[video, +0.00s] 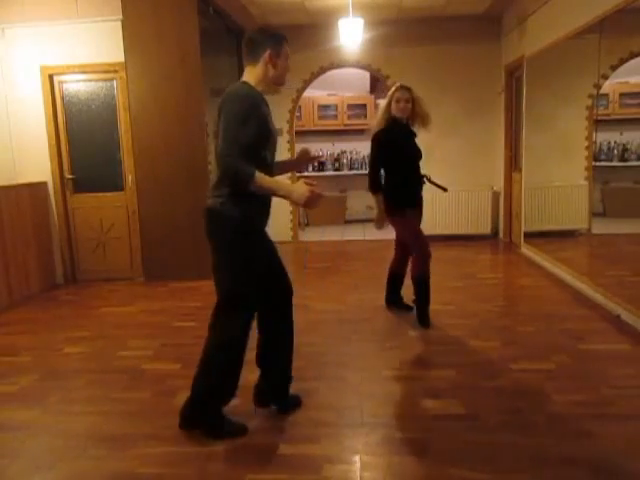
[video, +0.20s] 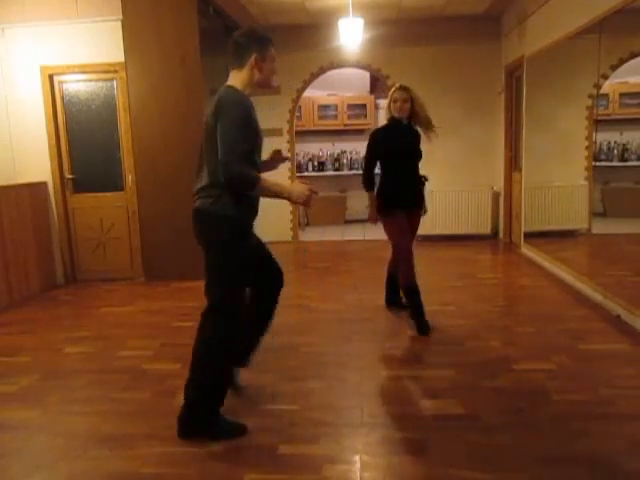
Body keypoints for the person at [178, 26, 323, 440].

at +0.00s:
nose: (286, 74)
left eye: (287, 66)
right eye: (285, 65)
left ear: (262, 59)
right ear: (270, 60)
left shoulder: (250, 101)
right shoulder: (242, 99)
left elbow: (250, 166)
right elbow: (233, 166)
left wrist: (289, 165)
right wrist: (284, 188)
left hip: (244, 221)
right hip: (232, 222)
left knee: (277, 297)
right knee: (236, 307)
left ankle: (273, 389)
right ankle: (201, 410)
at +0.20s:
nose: (272, 72)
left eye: (271, 64)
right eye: (270, 64)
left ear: (244, 60)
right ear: (257, 62)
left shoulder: (229, 100)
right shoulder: (233, 104)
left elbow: (231, 171)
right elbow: (235, 175)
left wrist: (268, 165)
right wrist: (286, 190)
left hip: (222, 216)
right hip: (221, 220)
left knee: (269, 279)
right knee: (225, 309)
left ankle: (229, 359)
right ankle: (198, 417)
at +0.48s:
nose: (258, 74)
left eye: (257, 67)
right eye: (255, 66)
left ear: (231, 66)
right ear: (240, 66)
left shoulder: (220, 105)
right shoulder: (221, 109)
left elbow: (226, 166)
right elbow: (224, 177)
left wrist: (257, 151)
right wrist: (274, 185)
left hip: (212, 211)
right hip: (218, 214)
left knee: (226, 295)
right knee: (264, 288)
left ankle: (187, 372)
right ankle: (226, 376)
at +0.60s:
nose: (259, 78)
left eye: (258, 71)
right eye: (256, 71)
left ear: (234, 72)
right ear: (240, 71)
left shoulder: (225, 108)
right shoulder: (221, 112)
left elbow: (230, 162)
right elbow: (221, 177)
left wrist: (260, 149)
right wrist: (268, 184)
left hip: (216, 213)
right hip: (221, 216)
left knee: (215, 296)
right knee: (270, 279)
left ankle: (186, 372)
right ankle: (245, 341)